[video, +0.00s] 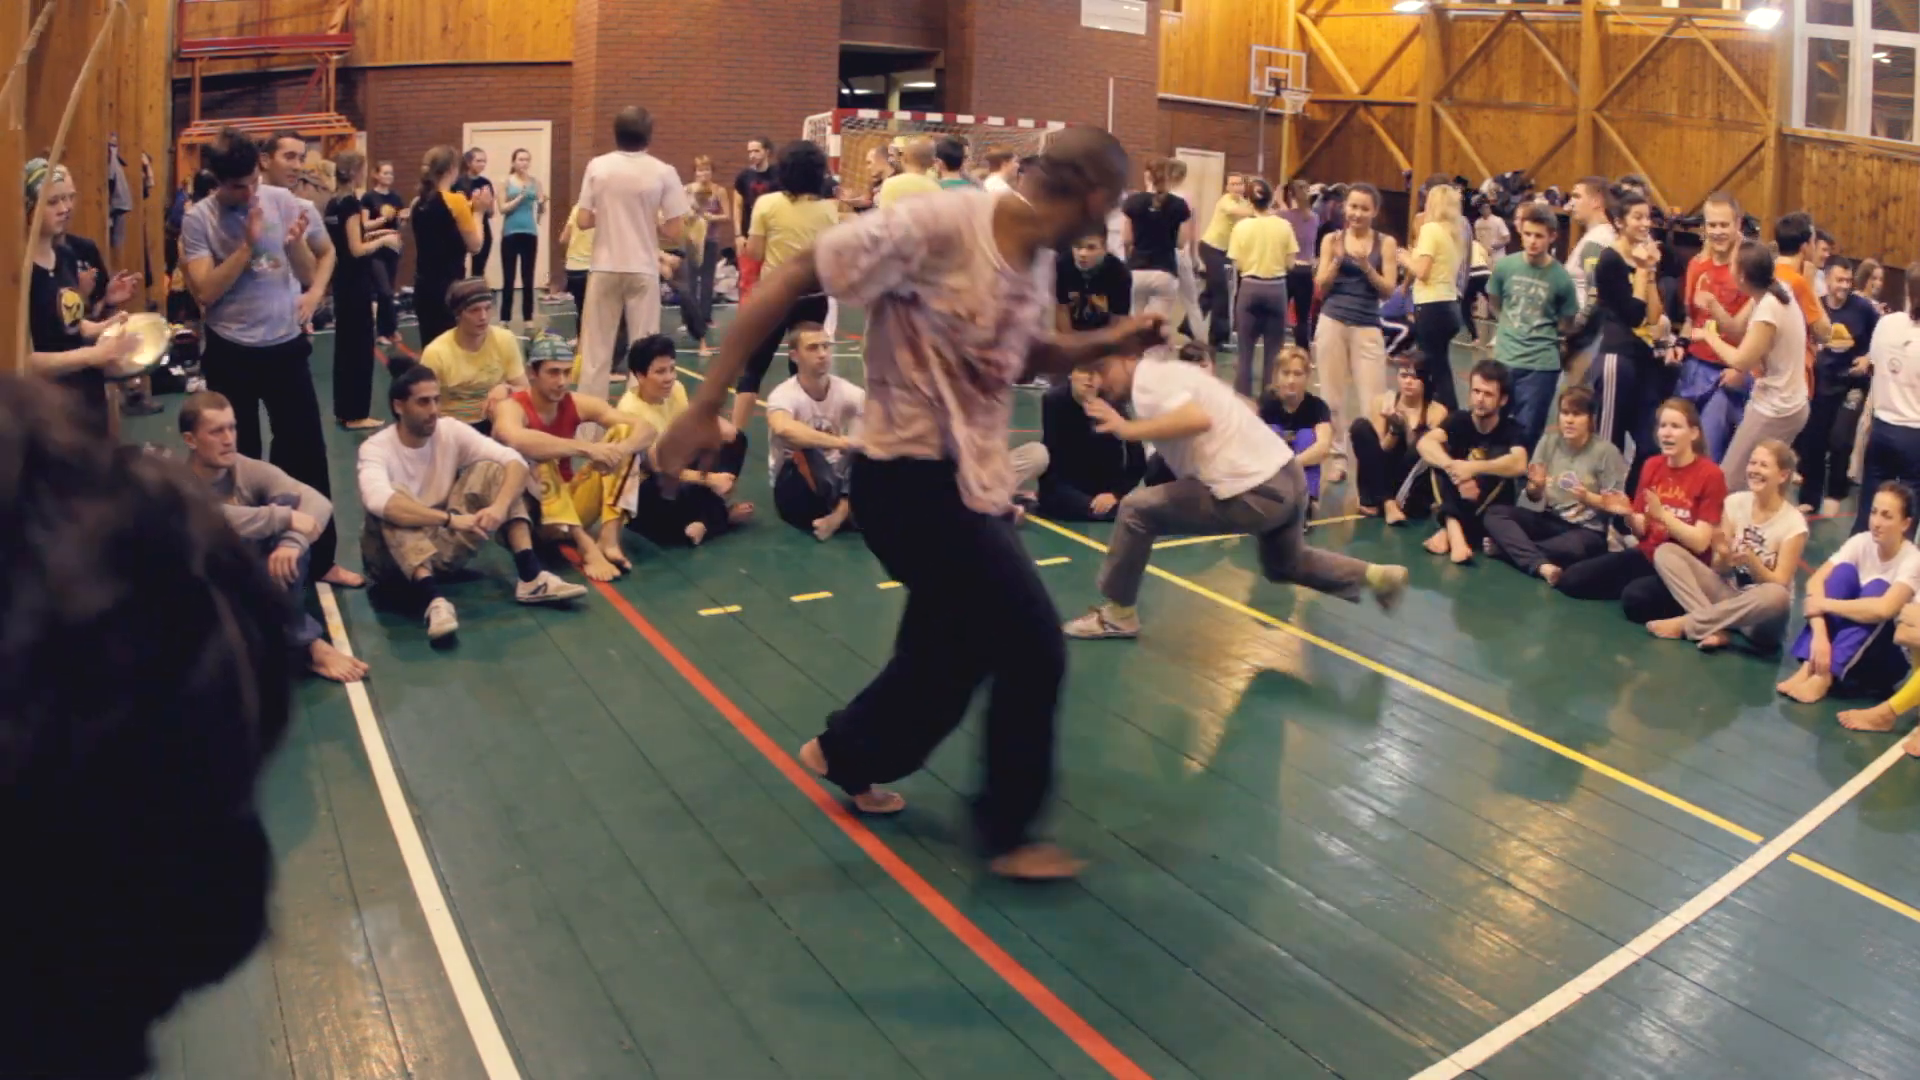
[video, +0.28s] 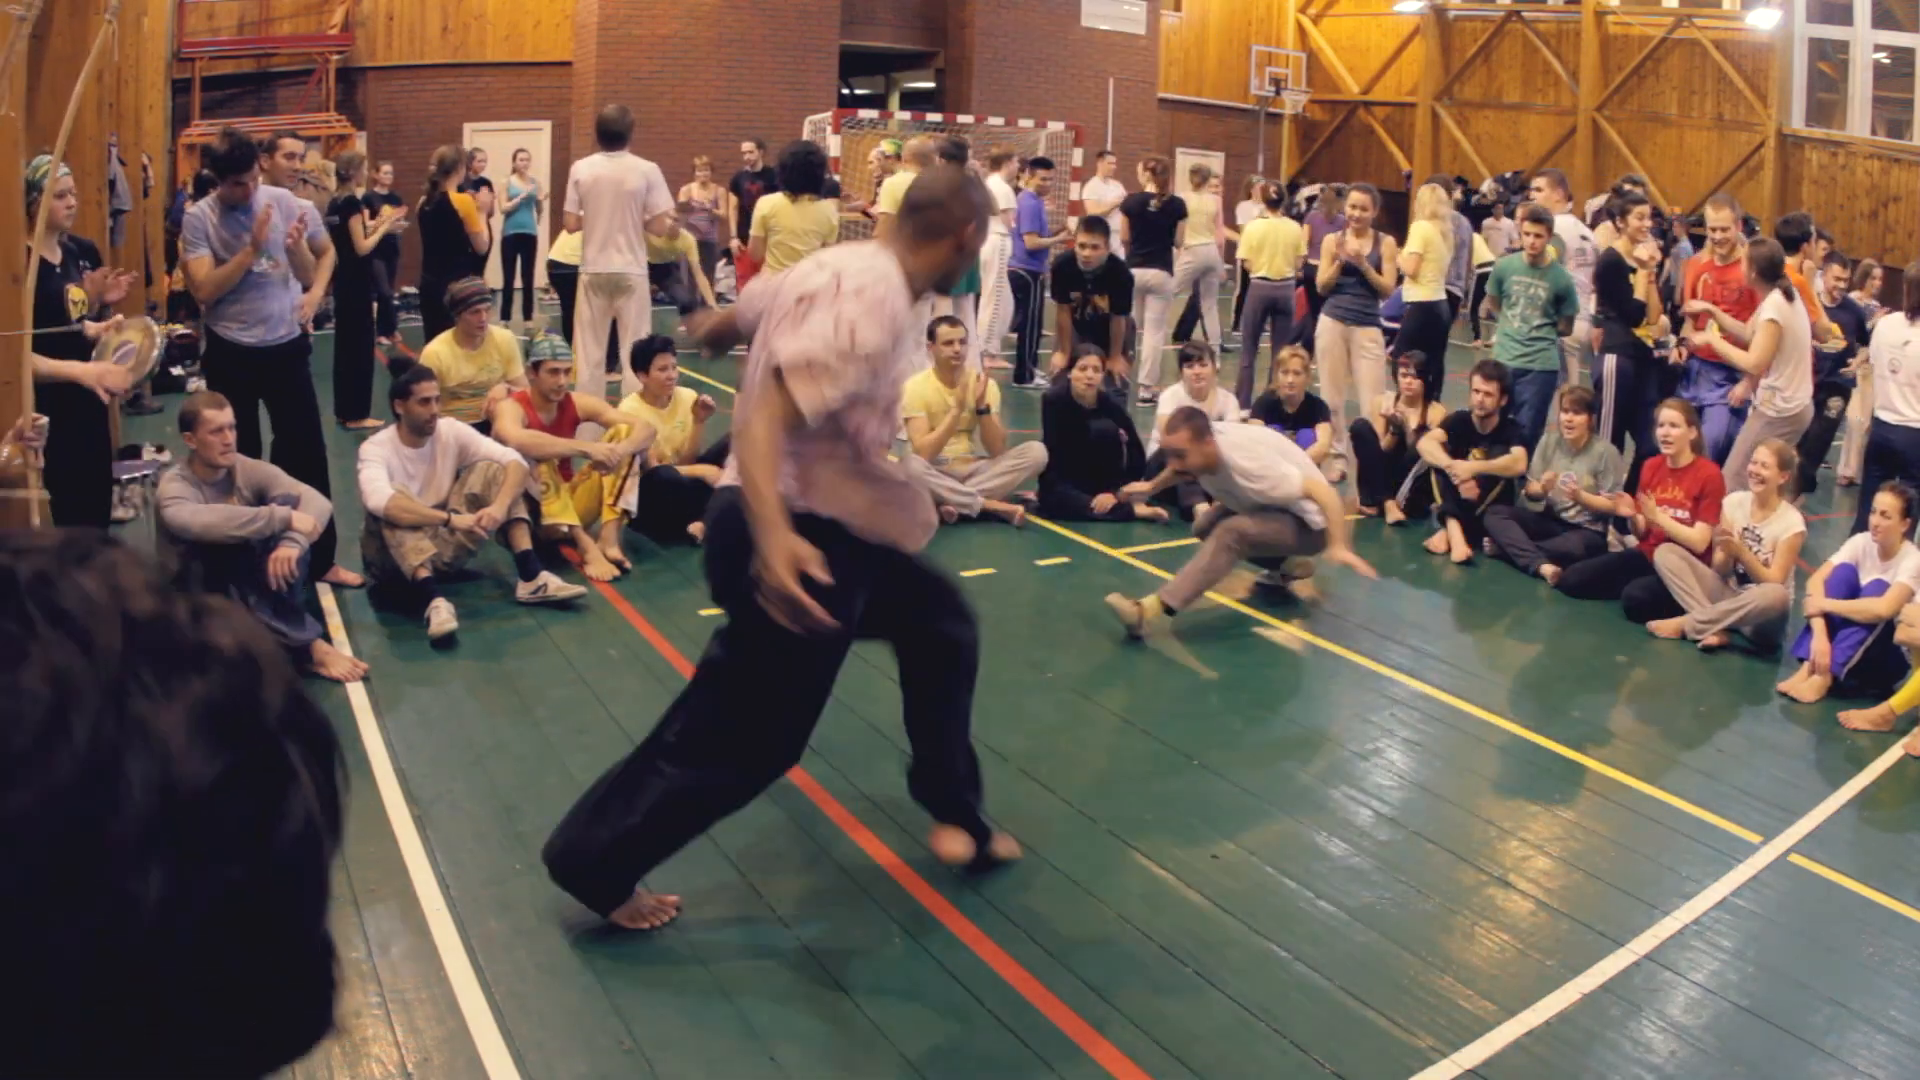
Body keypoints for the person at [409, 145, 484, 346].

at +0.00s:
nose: (458, 172)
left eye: (457, 167)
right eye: (457, 167)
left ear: (429, 169)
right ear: (451, 170)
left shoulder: (417, 204)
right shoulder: (455, 201)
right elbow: (475, 244)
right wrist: (479, 212)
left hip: (424, 284)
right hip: (450, 286)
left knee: (430, 348)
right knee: (451, 348)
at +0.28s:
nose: (465, 171)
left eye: (465, 166)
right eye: (464, 166)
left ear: (438, 168)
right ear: (459, 169)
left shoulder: (424, 203)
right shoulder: (463, 201)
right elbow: (482, 246)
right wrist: (483, 212)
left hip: (430, 281)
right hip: (459, 282)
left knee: (434, 344)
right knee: (460, 343)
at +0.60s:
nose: (478, 168)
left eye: (478, 162)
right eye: (476, 163)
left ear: (448, 166)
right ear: (469, 168)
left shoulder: (432, 201)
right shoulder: (473, 201)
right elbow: (490, 245)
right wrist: (493, 211)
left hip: (437, 282)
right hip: (467, 284)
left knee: (439, 346)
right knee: (465, 346)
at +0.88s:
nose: (484, 167)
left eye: (484, 163)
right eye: (482, 163)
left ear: (454, 165)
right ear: (474, 168)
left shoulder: (437, 200)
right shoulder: (480, 201)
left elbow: (440, 238)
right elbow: (494, 247)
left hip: (442, 278)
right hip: (472, 279)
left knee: (442, 338)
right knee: (471, 338)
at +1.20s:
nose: (486, 167)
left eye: (486, 163)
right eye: (484, 163)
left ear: (456, 165)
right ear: (476, 168)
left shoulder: (439, 199)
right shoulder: (485, 200)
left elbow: (441, 240)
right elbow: (495, 246)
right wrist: (497, 206)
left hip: (446, 276)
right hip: (474, 278)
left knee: (443, 332)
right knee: (474, 333)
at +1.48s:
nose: (486, 168)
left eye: (485, 163)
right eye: (484, 164)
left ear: (457, 165)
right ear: (478, 168)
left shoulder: (440, 200)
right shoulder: (485, 200)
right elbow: (497, 245)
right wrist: (495, 210)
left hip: (446, 280)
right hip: (475, 280)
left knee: (445, 337)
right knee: (474, 336)